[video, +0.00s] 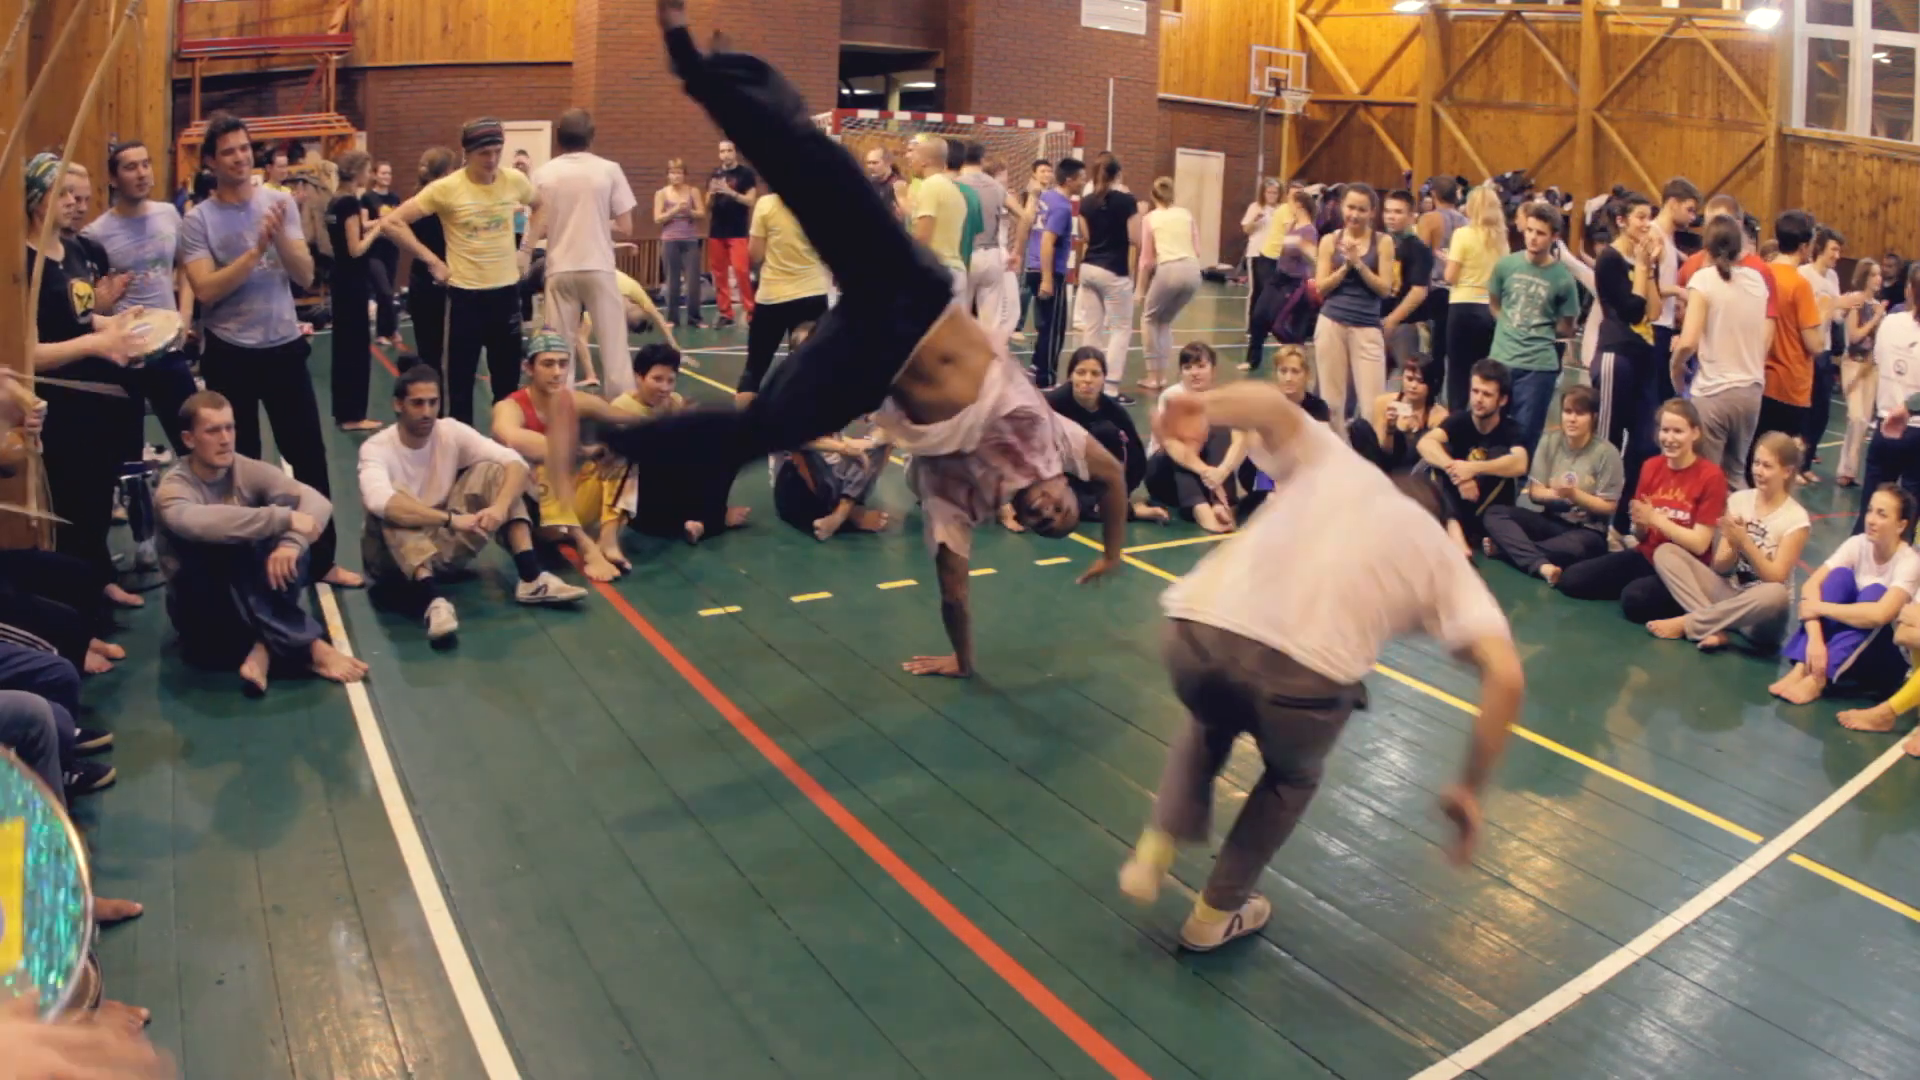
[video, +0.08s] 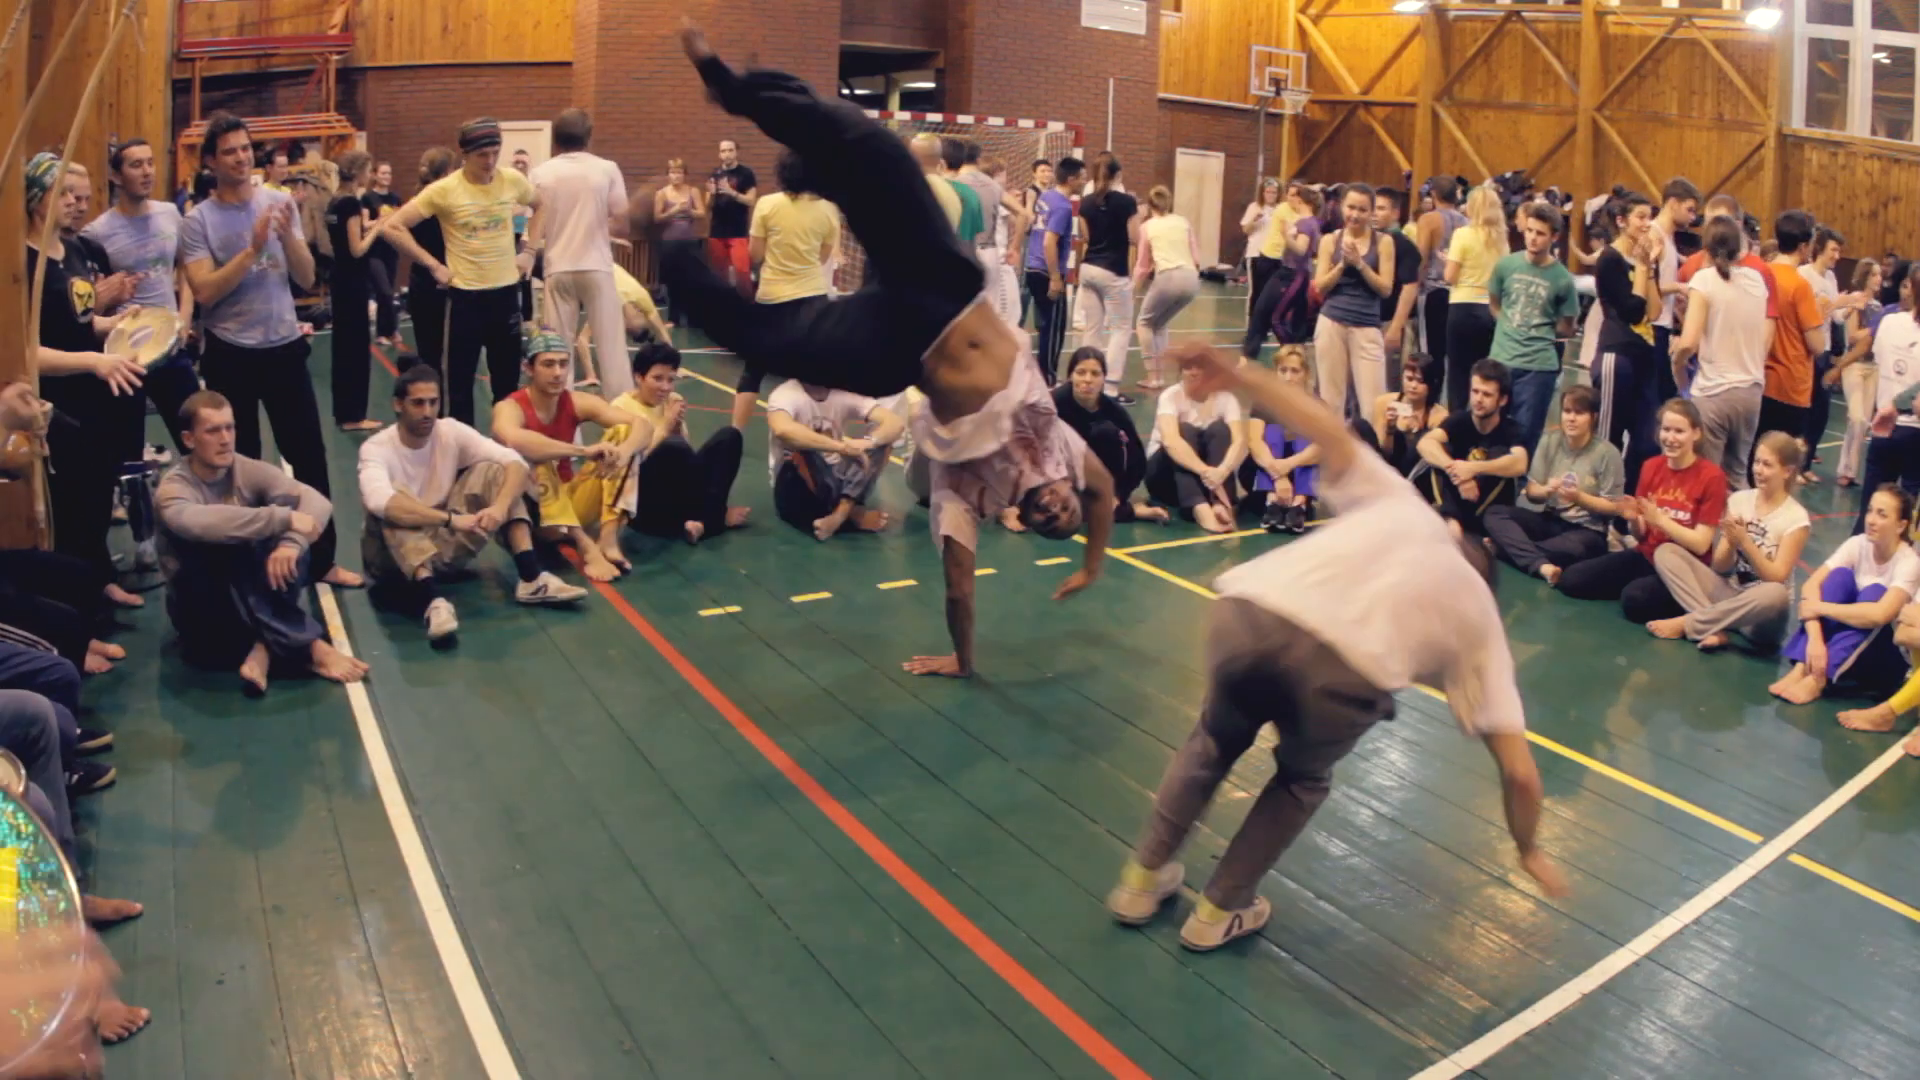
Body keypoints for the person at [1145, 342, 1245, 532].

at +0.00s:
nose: (1194, 373)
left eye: (1201, 366)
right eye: (1188, 367)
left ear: (1213, 370)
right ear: (1180, 372)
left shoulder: (1222, 398)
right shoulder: (1170, 397)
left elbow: (1240, 440)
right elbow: (1168, 441)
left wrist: (1222, 472)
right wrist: (1205, 473)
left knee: (1221, 436)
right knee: (1176, 451)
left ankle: (1223, 504)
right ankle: (1201, 509)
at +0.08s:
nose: (1192, 372)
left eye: (1199, 367)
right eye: (1187, 367)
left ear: (1210, 370)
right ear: (1181, 371)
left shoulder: (1226, 398)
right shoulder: (1170, 396)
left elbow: (1240, 442)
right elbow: (1170, 441)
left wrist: (1222, 472)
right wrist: (1207, 475)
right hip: (1167, 482)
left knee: (1219, 428)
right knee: (1186, 430)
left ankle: (1223, 505)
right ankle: (1200, 507)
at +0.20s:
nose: (1194, 372)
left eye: (1201, 366)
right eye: (1188, 367)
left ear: (1214, 370)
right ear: (1181, 372)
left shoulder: (1227, 400)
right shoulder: (1170, 396)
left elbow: (1240, 443)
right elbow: (1170, 441)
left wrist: (1222, 472)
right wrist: (1206, 473)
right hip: (1167, 482)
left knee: (1219, 428)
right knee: (1185, 430)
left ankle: (1223, 504)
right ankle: (1200, 506)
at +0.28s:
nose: (1194, 372)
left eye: (1201, 366)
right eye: (1188, 367)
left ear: (1213, 370)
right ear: (1181, 372)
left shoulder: (1227, 399)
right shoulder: (1170, 396)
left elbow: (1240, 442)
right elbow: (1170, 440)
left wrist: (1222, 472)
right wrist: (1205, 471)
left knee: (1220, 429)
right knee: (1186, 430)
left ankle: (1219, 499)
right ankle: (1197, 501)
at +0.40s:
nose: (1194, 372)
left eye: (1201, 366)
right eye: (1188, 367)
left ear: (1213, 370)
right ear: (1181, 372)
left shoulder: (1227, 399)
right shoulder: (1170, 396)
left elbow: (1240, 443)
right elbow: (1170, 441)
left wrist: (1222, 472)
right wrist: (1207, 474)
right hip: (1167, 482)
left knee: (1219, 428)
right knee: (1185, 430)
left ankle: (1223, 504)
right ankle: (1200, 507)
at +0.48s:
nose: (1194, 372)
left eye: (1201, 366)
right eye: (1187, 367)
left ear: (1213, 370)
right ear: (1180, 371)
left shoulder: (1227, 399)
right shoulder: (1170, 396)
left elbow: (1240, 442)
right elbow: (1170, 441)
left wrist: (1222, 472)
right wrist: (1208, 475)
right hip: (1167, 482)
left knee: (1219, 428)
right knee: (1185, 430)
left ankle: (1222, 504)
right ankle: (1200, 506)